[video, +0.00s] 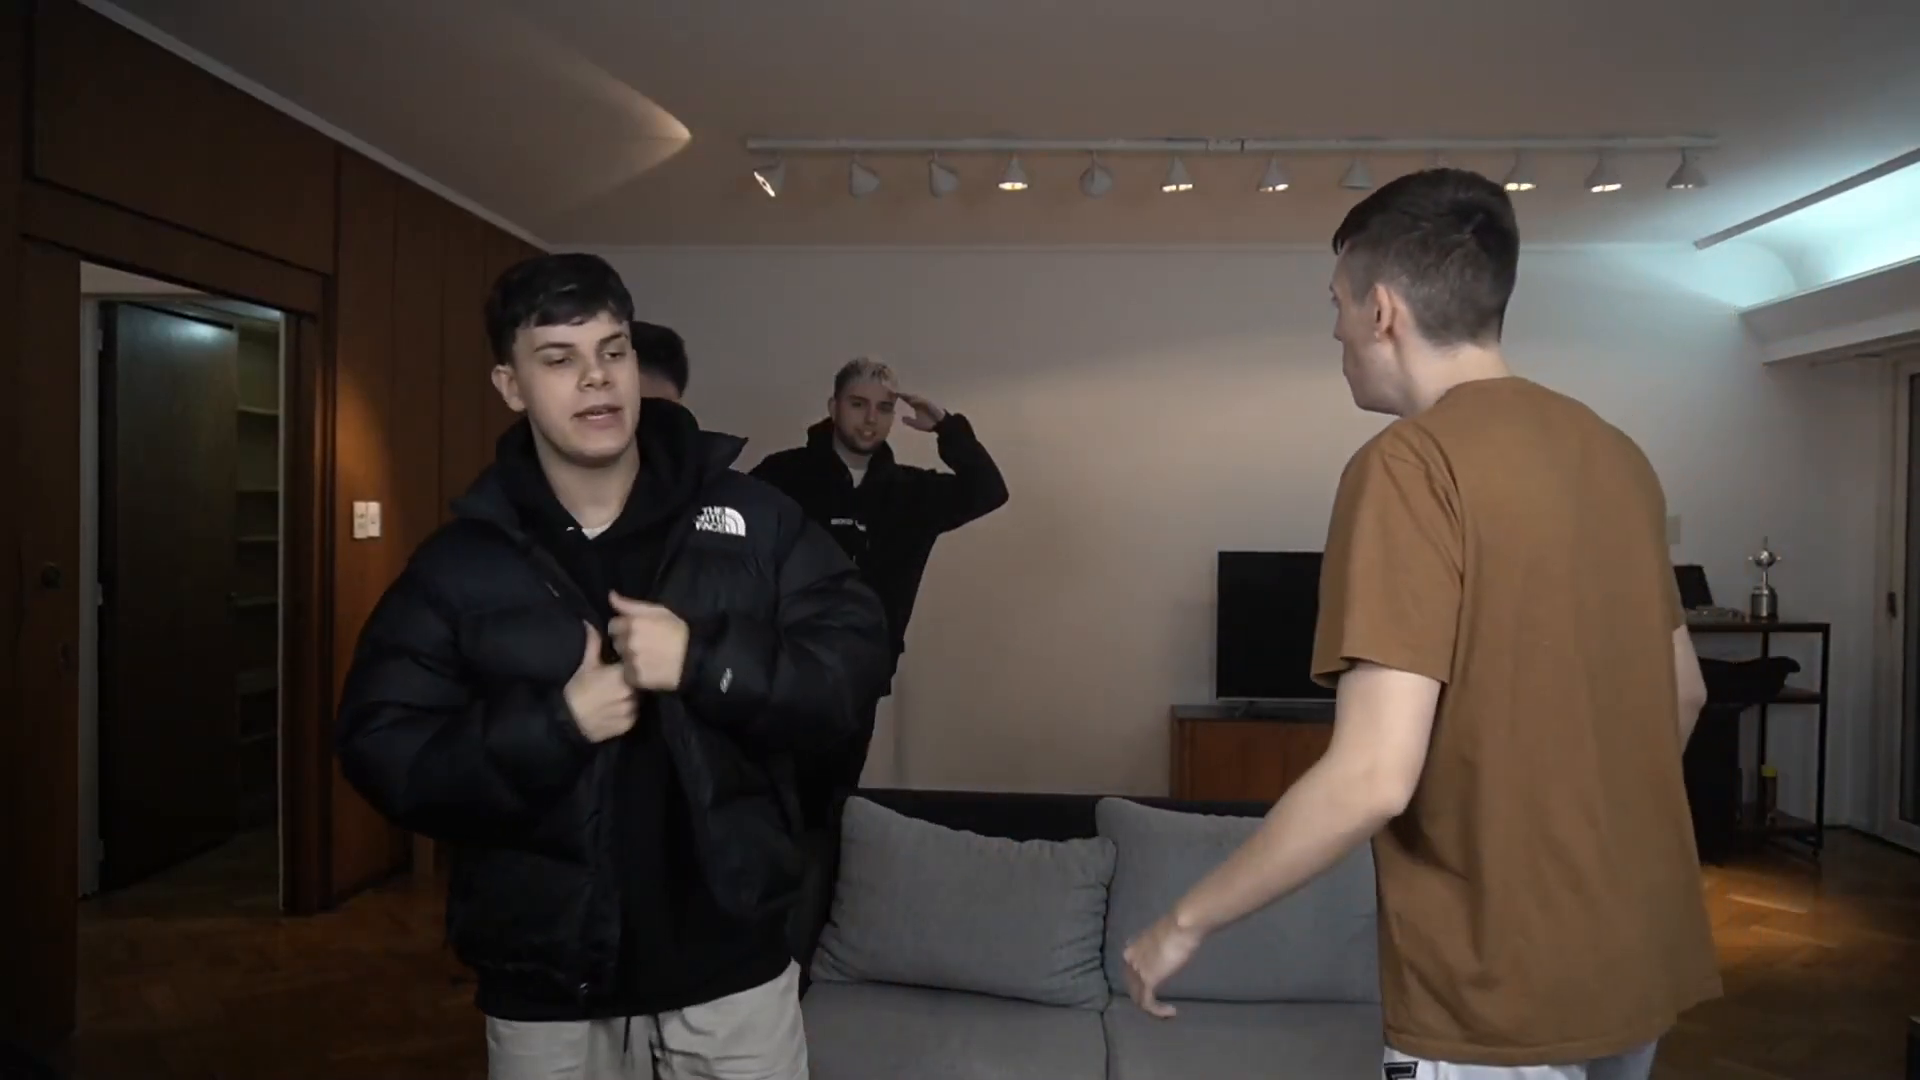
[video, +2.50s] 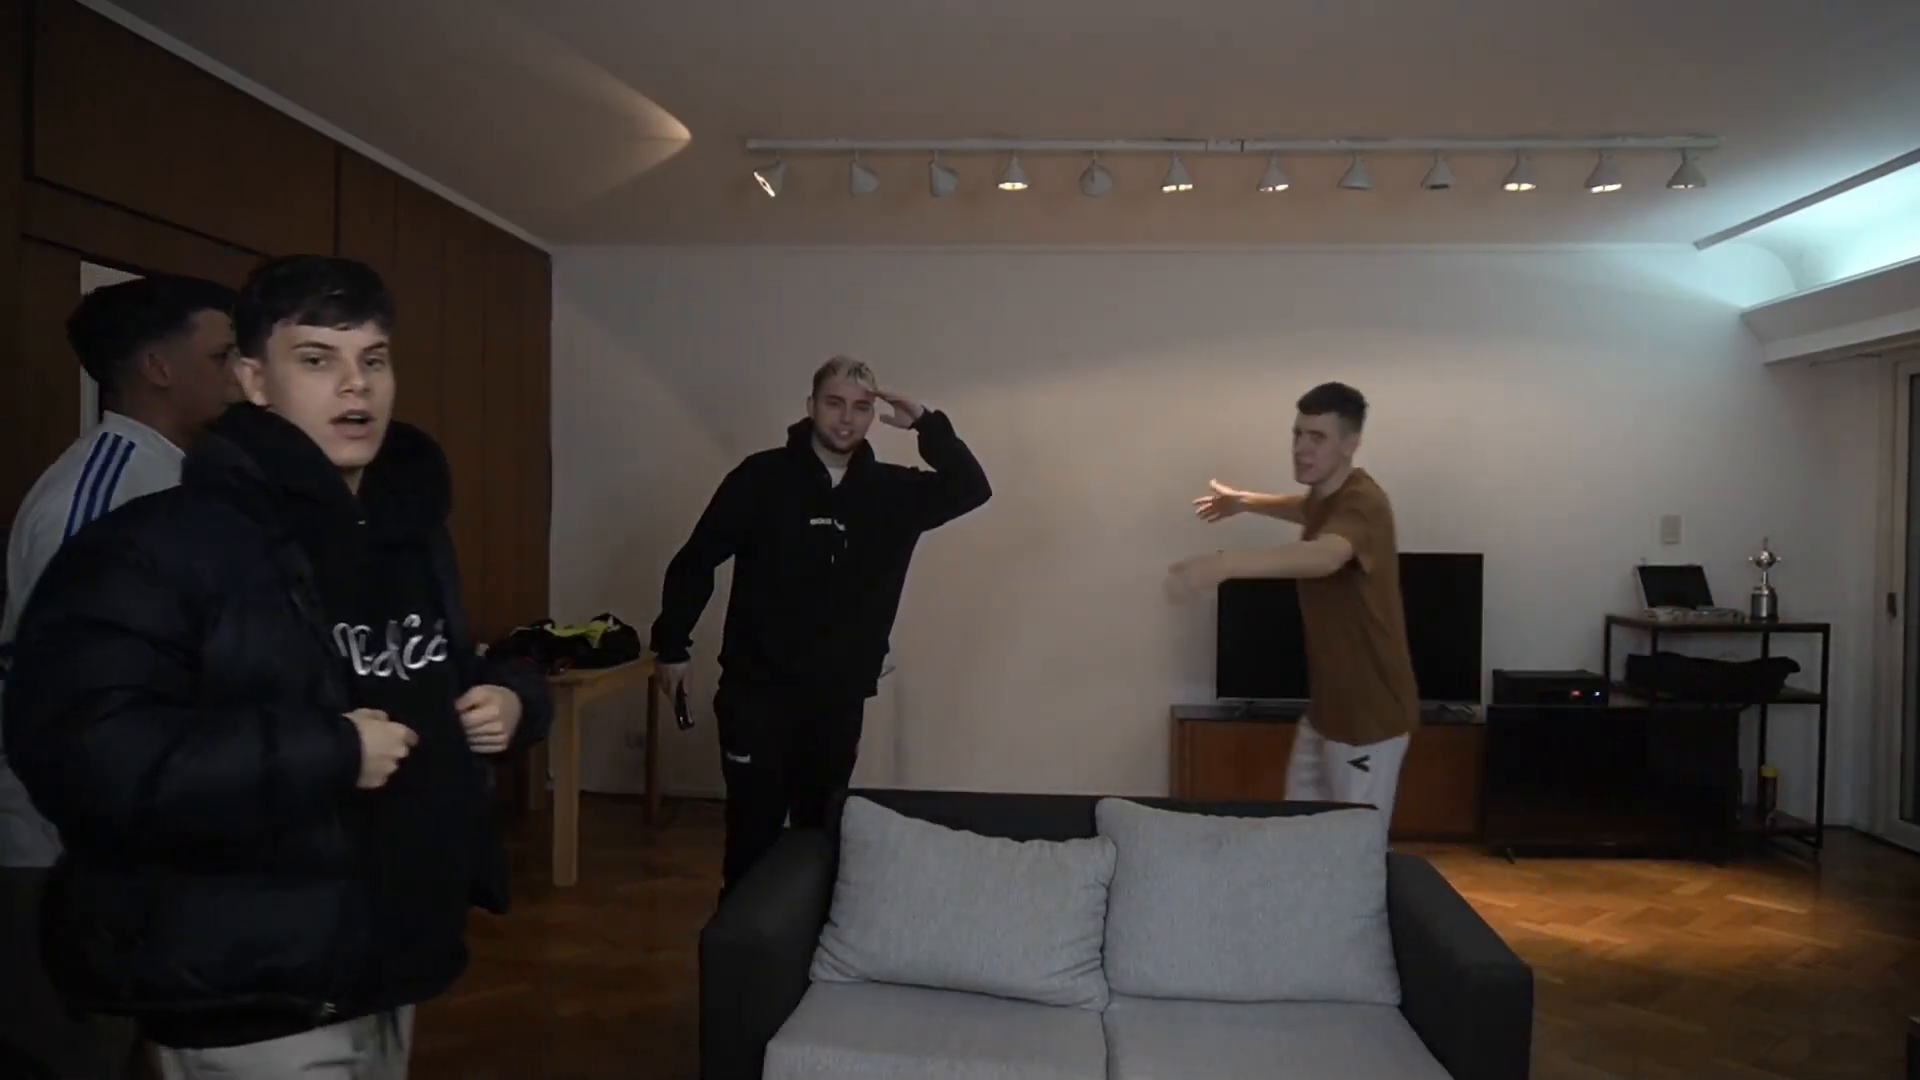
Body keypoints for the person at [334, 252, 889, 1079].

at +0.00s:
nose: (597, 381)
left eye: (614, 354)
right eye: (561, 359)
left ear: (640, 367)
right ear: (509, 384)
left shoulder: (746, 518)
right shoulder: (465, 561)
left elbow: (854, 669)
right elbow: (379, 742)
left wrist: (704, 660)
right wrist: (557, 725)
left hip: (730, 960)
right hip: (549, 976)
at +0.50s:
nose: (773, 394)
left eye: (787, 361)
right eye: (732, 371)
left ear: (810, 362)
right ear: (678, 389)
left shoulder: (923, 523)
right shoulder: (625, 530)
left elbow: (1059, 657)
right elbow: (525, 674)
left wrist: (912, 749)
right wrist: (558, 737)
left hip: (851, 1003)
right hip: (656, 997)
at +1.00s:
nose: (849, 384)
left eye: (875, 352)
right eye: (816, 357)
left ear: (909, 358)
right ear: (773, 373)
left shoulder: (1014, 553)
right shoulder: (704, 527)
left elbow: (1121, 719)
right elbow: (601, 661)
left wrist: (965, 780)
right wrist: (612, 714)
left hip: (891, 1018)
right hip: (705, 999)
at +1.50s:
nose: (802, 383)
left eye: (828, 354)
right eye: (770, 354)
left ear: (858, 366)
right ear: (721, 366)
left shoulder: (927, 545)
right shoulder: (610, 532)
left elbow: (1016, 724)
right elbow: (478, 697)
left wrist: (975, 757)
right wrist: (610, 749)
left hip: (850, 1009)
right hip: (650, 1009)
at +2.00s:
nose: (543, 392)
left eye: (564, 363)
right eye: (503, 364)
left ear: (587, 371)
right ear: (446, 377)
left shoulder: (612, 545)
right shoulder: (337, 566)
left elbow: (664, 682)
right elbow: (248, 772)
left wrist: (714, 726)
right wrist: (484, 788)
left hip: (615, 1002)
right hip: (425, 1022)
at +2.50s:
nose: (356, 387)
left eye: (374, 360)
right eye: (317, 360)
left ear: (394, 373)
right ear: (251, 377)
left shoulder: (404, 526)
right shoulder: (160, 545)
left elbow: (449, 674)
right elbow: (81, 752)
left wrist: (511, 701)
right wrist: (328, 751)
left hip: (390, 969)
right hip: (247, 994)